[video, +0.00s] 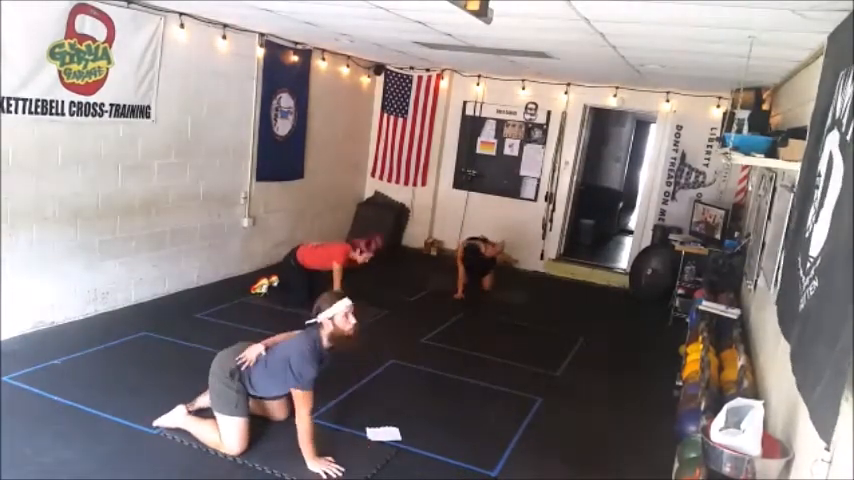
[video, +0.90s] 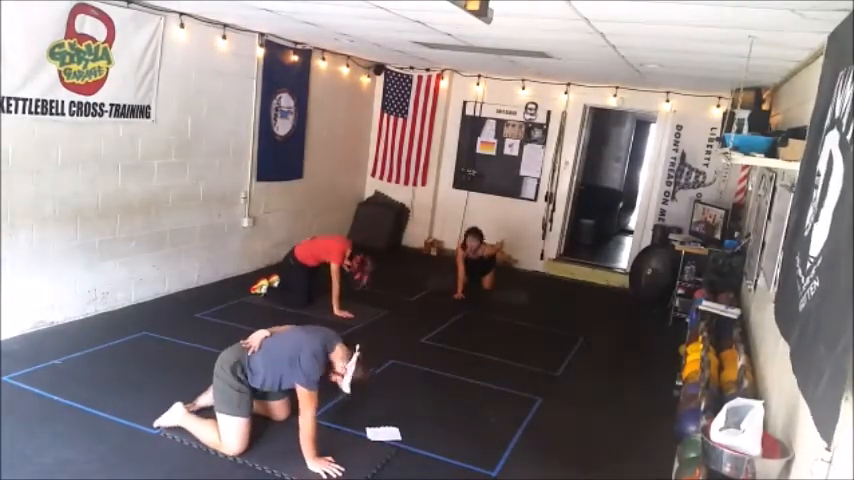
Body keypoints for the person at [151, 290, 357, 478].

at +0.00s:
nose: (353, 318)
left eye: (351, 312)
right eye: (346, 315)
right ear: (326, 320)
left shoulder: (322, 335)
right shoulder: (305, 358)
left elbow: (294, 335)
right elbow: (303, 413)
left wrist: (262, 345)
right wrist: (311, 459)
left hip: (253, 356)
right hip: (229, 370)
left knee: (279, 410)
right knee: (233, 445)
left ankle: (217, 401)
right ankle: (182, 418)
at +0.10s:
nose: (356, 318)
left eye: (355, 312)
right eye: (350, 315)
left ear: (333, 318)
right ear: (331, 319)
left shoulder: (323, 331)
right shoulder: (307, 358)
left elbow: (297, 334)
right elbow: (305, 413)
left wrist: (268, 343)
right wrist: (312, 459)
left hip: (253, 355)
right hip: (231, 370)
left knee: (280, 410)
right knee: (233, 445)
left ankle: (218, 400)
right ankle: (182, 418)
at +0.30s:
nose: (336, 384)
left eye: (340, 383)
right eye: (341, 383)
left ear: (349, 369)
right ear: (344, 373)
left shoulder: (339, 337)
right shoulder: (316, 361)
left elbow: (301, 326)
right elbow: (310, 414)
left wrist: (271, 329)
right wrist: (312, 459)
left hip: (266, 357)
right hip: (240, 367)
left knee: (280, 410)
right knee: (234, 446)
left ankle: (219, 397)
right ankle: (181, 418)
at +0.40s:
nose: (329, 391)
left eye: (332, 391)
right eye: (333, 392)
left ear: (343, 375)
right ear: (340, 379)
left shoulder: (333, 340)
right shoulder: (318, 364)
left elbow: (296, 328)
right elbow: (311, 414)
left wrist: (266, 328)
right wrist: (312, 459)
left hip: (263, 357)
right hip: (237, 368)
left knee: (280, 410)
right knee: (233, 446)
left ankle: (219, 397)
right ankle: (182, 418)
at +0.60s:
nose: (362, 328)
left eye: (362, 321)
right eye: (356, 323)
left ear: (338, 323)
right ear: (335, 324)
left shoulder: (323, 335)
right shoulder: (309, 356)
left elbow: (296, 337)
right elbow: (305, 413)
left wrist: (267, 343)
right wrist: (311, 458)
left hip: (256, 357)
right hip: (231, 369)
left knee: (278, 411)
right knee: (233, 445)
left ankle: (220, 399)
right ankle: (181, 419)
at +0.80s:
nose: (358, 360)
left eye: (364, 357)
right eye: (359, 355)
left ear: (346, 334)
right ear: (346, 341)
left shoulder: (328, 332)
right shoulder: (314, 362)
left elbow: (296, 332)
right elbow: (309, 414)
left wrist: (264, 339)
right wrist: (312, 458)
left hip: (259, 357)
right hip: (233, 368)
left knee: (280, 410)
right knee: (234, 445)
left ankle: (218, 398)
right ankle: (179, 419)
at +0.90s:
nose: (335, 381)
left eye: (339, 382)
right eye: (340, 381)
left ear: (347, 364)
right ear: (342, 370)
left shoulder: (330, 337)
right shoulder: (311, 362)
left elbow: (292, 329)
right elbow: (308, 414)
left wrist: (265, 332)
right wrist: (312, 458)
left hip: (260, 357)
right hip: (234, 367)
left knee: (280, 410)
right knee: (232, 445)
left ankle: (220, 397)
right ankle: (181, 415)